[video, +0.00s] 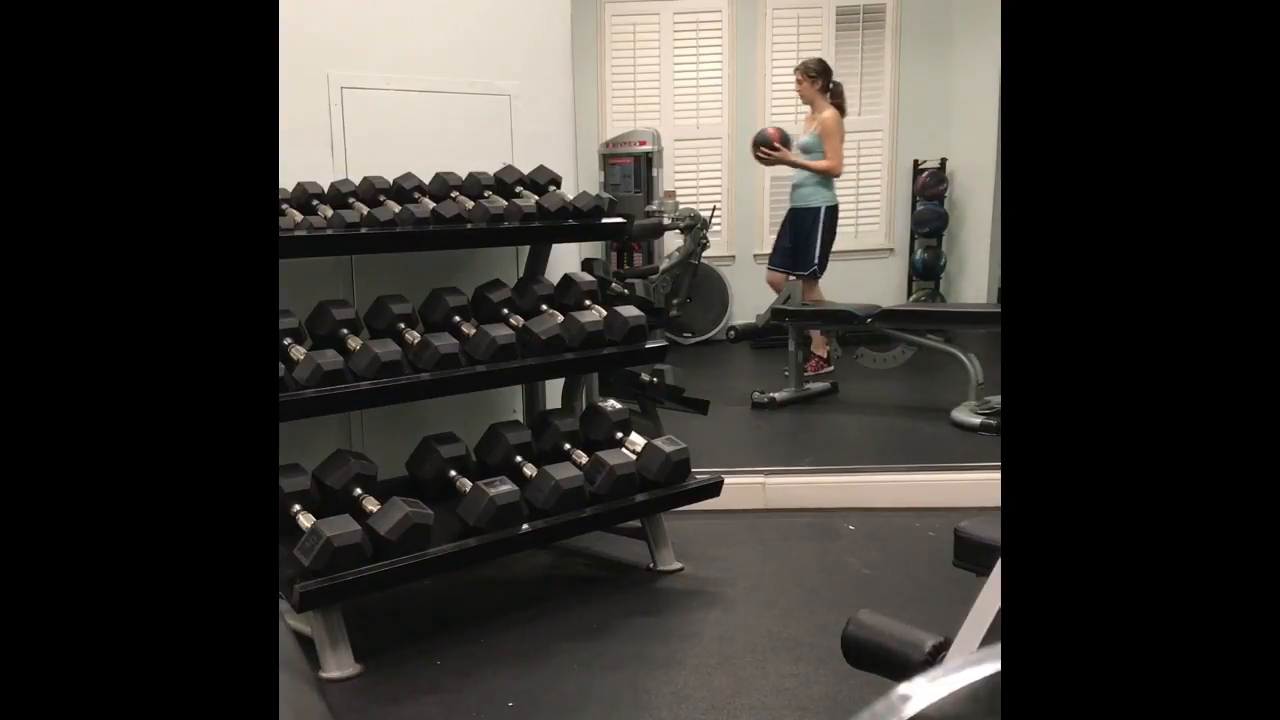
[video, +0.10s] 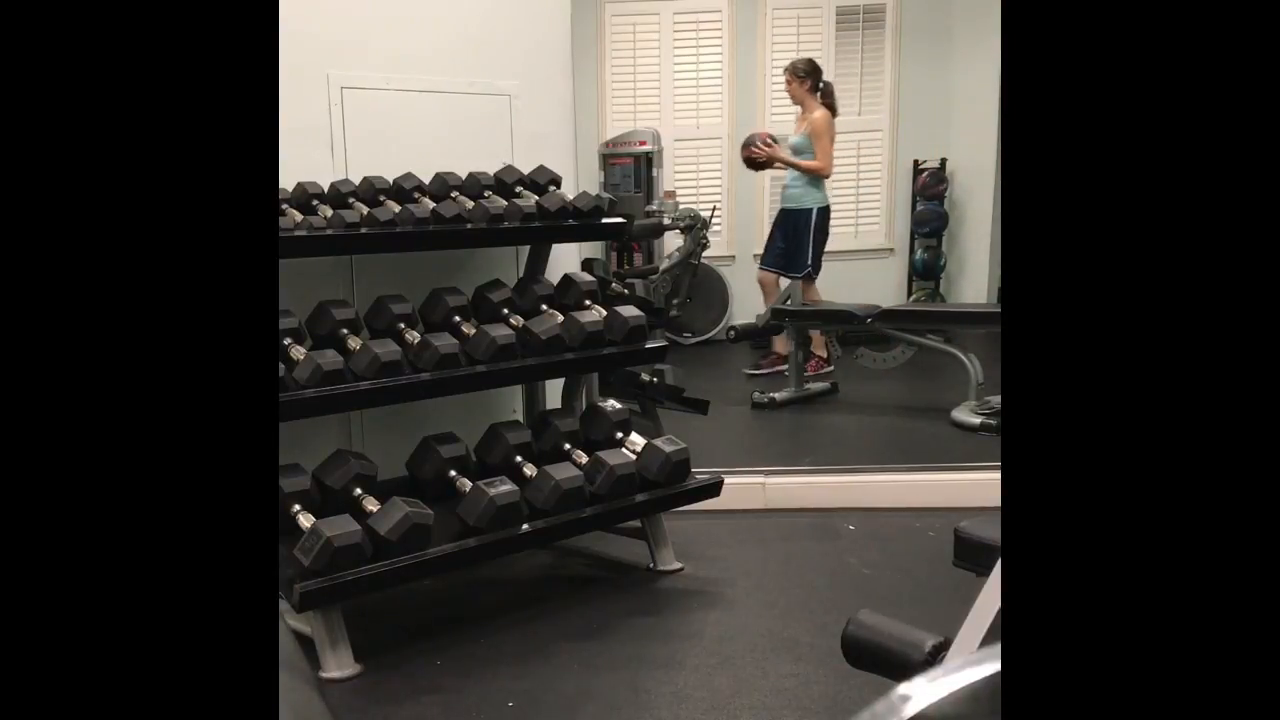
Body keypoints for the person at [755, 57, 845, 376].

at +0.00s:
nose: (796, 88)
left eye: (799, 82)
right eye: (796, 83)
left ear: (816, 82)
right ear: (810, 83)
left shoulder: (829, 116)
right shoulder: (811, 116)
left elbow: (835, 167)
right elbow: (813, 161)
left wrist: (791, 159)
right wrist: (782, 154)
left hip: (819, 207)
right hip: (800, 206)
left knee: (808, 284)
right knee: (776, 277)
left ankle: (821, 350)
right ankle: (818, 330)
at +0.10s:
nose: (786, 89)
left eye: (788, 83)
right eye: (785, 83)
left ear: (805, 83)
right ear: (802, 84)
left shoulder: (820, 116)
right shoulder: (802, 117)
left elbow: (825, 168)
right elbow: (805, 164)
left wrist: (784, 159)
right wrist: (773, 159)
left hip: (812, 209)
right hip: (790, 209)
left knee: (807, 284)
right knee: (767, 277)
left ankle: (820, 352)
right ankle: (782, 349)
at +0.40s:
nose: (749, 94)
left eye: (752, 88)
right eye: (749, 89)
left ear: (766, 88)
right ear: (767, 88)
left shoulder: (786, 118)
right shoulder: (772, 120)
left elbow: (802, 163)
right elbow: (779, 164)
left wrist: (756, 168)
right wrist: (749, 167)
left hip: (779, 211)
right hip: (762, 211)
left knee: (771, 286)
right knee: (745, 283)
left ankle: (814, 343)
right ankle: (751, 362)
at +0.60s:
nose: (730, 97)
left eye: (732, 90)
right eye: (729, 91)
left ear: (747, 88)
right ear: (747, 89)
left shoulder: (768, 117)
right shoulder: (754, 121)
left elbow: (787, 161)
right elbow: (762, 166)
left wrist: (742, 174)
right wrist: (734, 169)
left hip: (762, 211)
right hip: (749, 210)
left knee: (729, 281)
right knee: (738, 285)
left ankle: (777, 337)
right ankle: (750, 361)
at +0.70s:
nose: (721, 98)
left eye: (722, 92)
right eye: (720, 92)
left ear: (737, 88)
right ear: (738, 88)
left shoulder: (759, 117)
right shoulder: (747, 120)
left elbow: (780, 159)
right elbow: (754, 162)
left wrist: (741, 179)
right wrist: (727, 173)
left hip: (754, 211)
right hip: (745, 210)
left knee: (720, 281)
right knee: (737, 285)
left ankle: (753, 356)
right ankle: (750, 359)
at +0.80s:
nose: (715, 100)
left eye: (716, 93)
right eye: (713, 94)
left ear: (729, 88)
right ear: (731, 88)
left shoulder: (751, 120)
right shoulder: (742, 121)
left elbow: (770, 165)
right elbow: (753, 167)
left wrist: (733, 182)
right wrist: (723, 177)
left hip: (747, 209)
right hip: (744, 209)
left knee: (722, 285)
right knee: (736, 287)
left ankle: (731, 367)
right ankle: (751, 363)